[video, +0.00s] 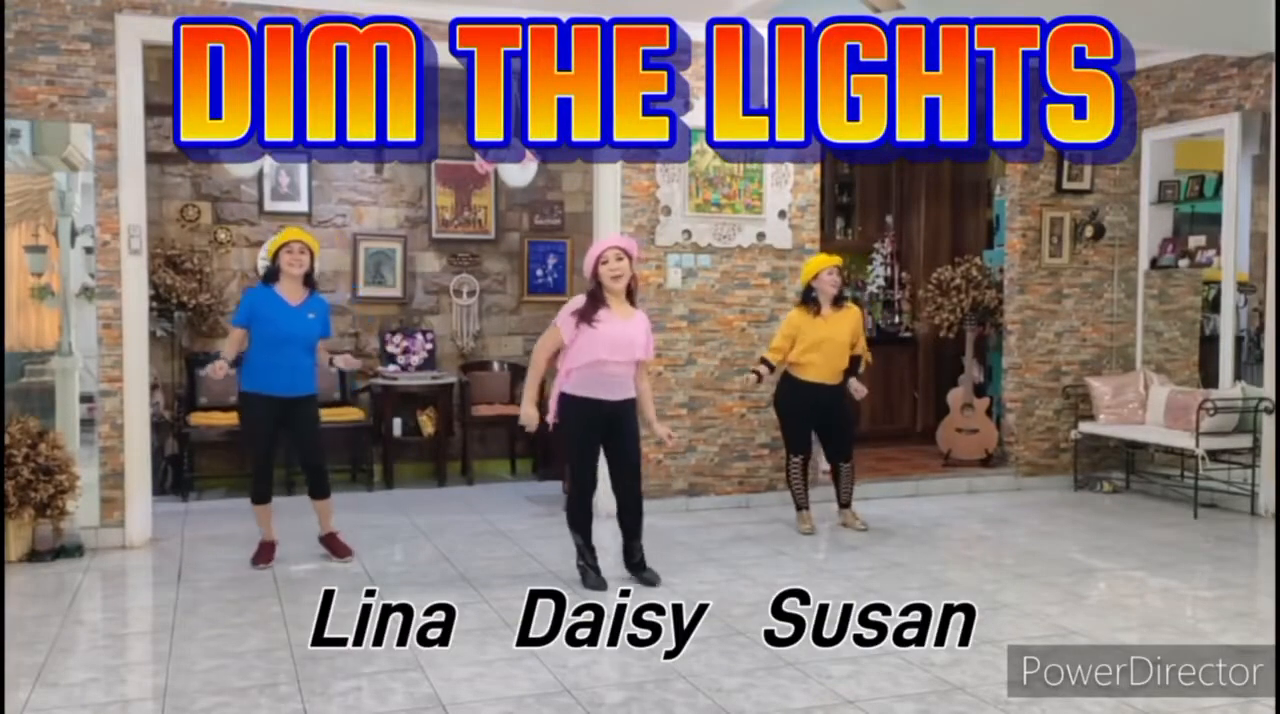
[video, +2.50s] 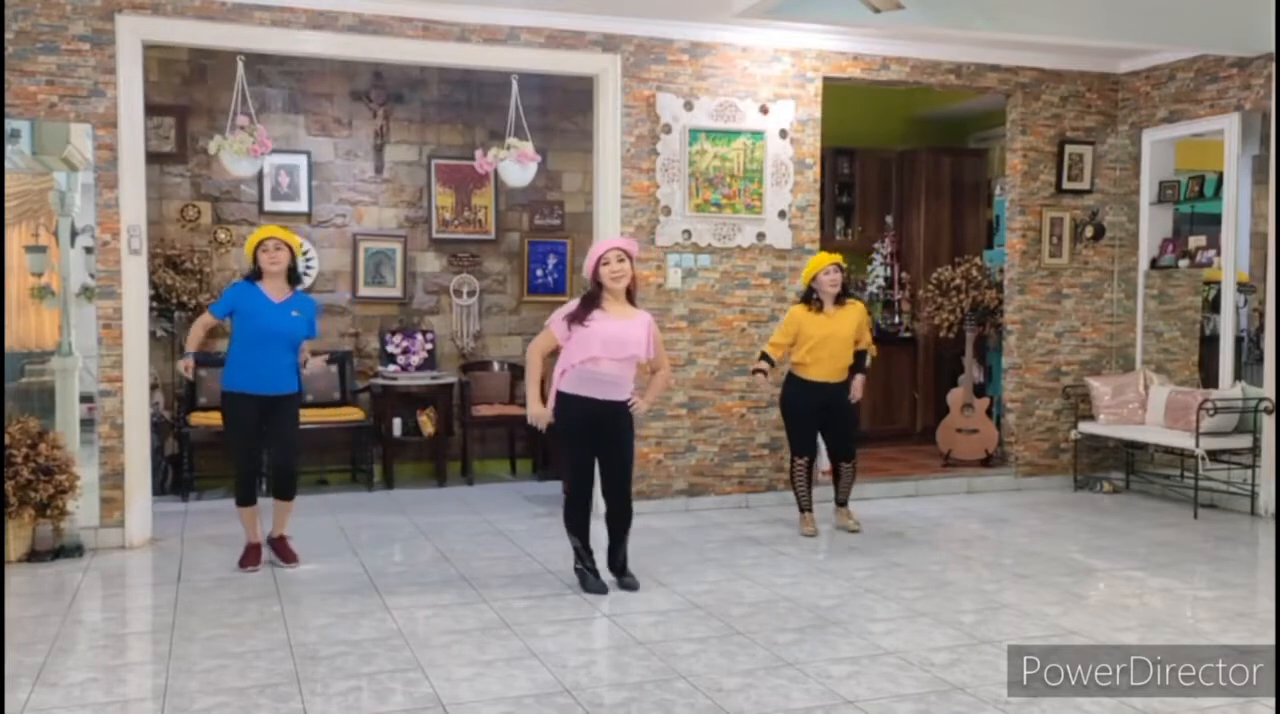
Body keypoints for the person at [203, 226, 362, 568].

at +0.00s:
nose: (296, 257)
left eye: (302, 252)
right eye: (289, 251)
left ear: (311, 261)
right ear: (276, 259)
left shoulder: (318, 304)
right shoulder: (256, 296)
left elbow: (320, 353)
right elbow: (236, 337)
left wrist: (336, 360)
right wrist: (224, 359)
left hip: (302, 398)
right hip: (259, 397)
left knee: (315, 463)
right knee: (261, 467)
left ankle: (328, 533)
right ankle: (267, 538)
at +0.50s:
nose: (282, 257)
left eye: (289, 251)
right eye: (275, 251)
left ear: (300, 260)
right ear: (265, 258)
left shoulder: (314, 303)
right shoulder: (248, 297)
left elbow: (320, 349)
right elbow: (232, 341)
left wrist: (325, 353)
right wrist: (212, 346)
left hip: (295, 397)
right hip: (252, 395)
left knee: (297, 464)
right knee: (258, 466)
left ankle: (294, 532)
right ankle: (266, 539)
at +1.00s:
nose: (302, 258)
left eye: (309, 252)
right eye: (296, 252)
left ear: (319, 259)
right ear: (285, 261)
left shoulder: (339, 294)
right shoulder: (275, 302)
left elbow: (357, 336)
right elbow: (268, 349)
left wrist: (349, 348)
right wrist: (249, 360)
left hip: (330, 395)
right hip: (285, 395)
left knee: (328, 467)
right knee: (277, 468)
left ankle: (330, 536)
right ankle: (269, 540)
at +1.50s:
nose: (315, 255)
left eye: (322, 249)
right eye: (308, 250)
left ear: (331, 256)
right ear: (297, 258)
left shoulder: (350, 292)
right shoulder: (285, 302)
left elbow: (362, 332)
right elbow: (277, 346)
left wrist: (372, 344)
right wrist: (283, 361)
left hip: (340, 394)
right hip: (299, 395)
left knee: (335, 464)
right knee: (299, 466)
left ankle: (332, 536)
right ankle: (308, 536)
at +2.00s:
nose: (302, 254)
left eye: (308, 249)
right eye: (295, 250)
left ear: (318, 257)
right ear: (284, 259)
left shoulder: (328, 300)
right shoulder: (271, 296)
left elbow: (332, 349)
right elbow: (239, 334)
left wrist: (364, 343)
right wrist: (259, 356)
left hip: (320, 395)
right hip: (278, 395)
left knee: (323, 465)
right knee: (275, 466)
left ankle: (330, 536)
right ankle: (257, 540)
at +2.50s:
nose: (272, 254)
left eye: (279, 249)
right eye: (265, 250)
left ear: (291, 257)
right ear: (256, 258)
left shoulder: (305, 304)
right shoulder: (239, 293)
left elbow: (303, 348)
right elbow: (203, 323)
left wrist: (306, 361)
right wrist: (189, 353)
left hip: (285, 396)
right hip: (241, 394)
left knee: (286, 466)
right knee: (246, 468)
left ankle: (278, 536)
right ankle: (253, 541)